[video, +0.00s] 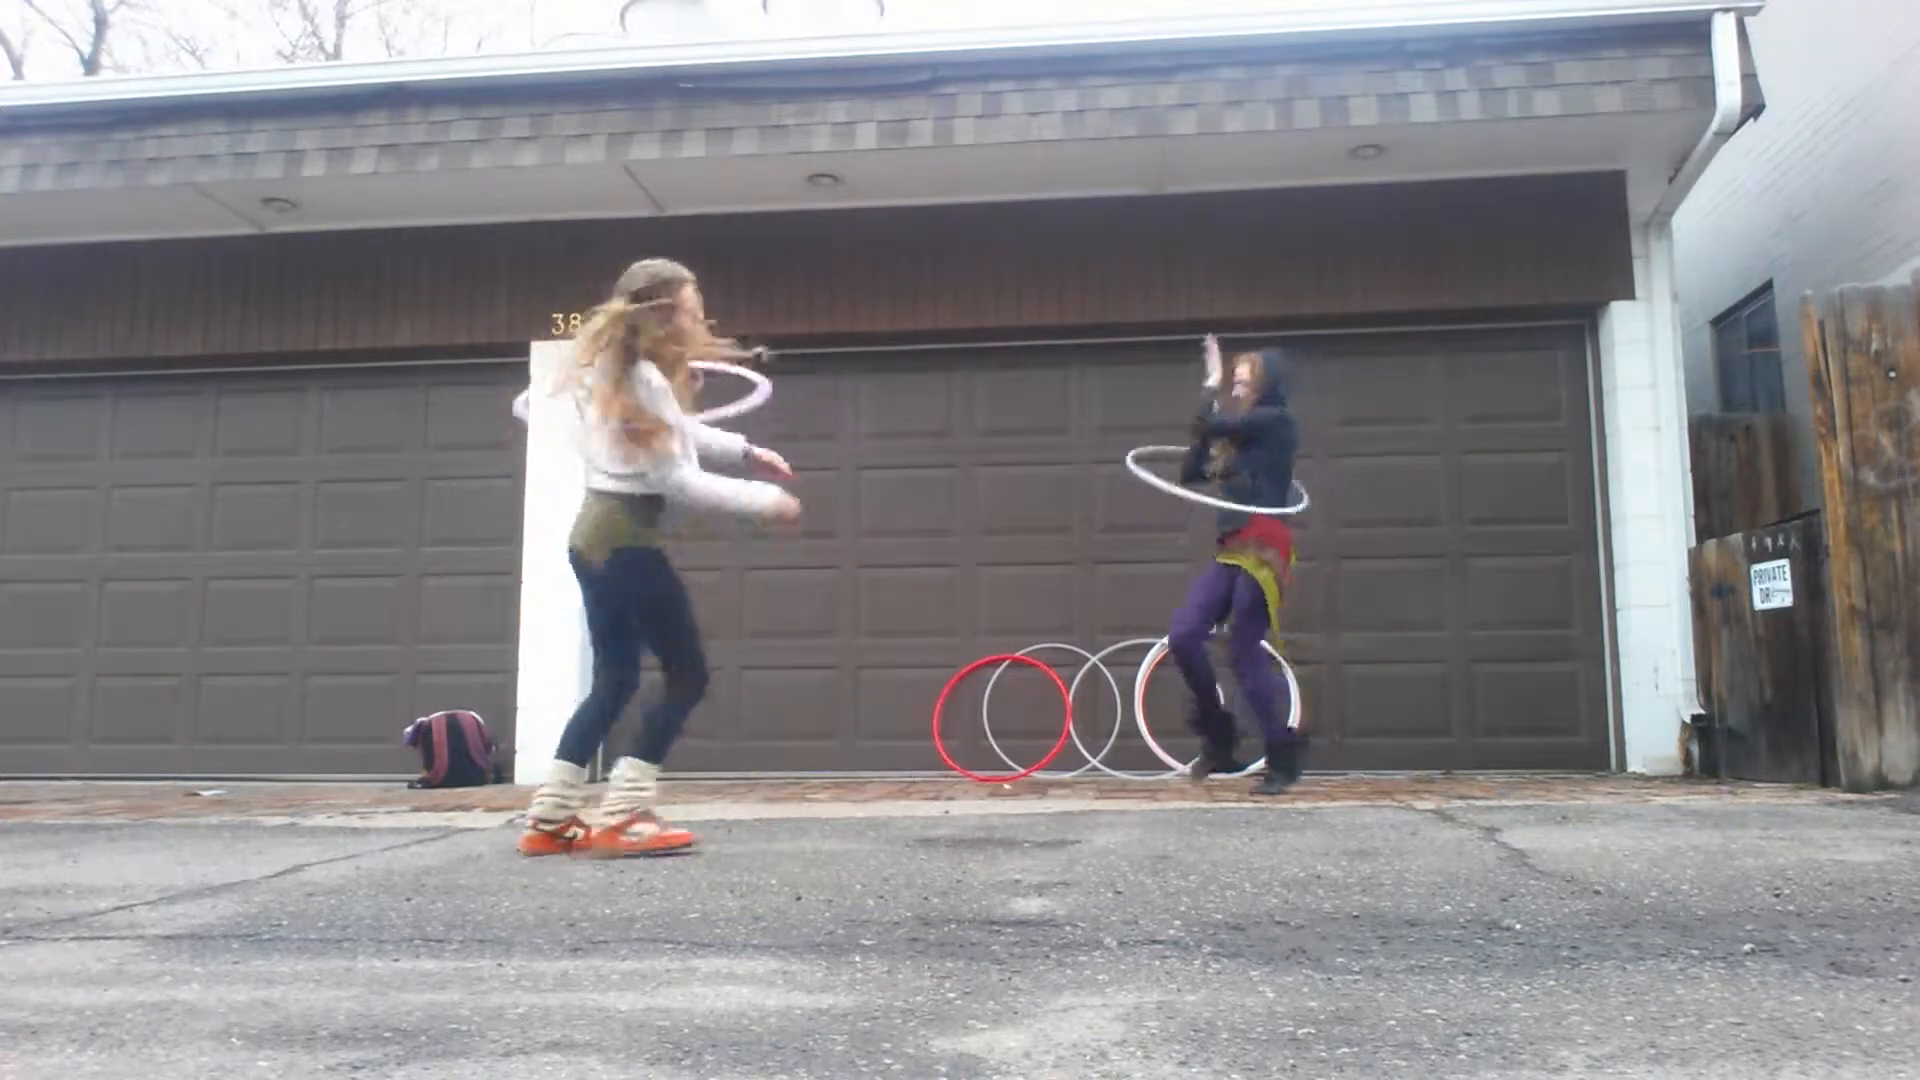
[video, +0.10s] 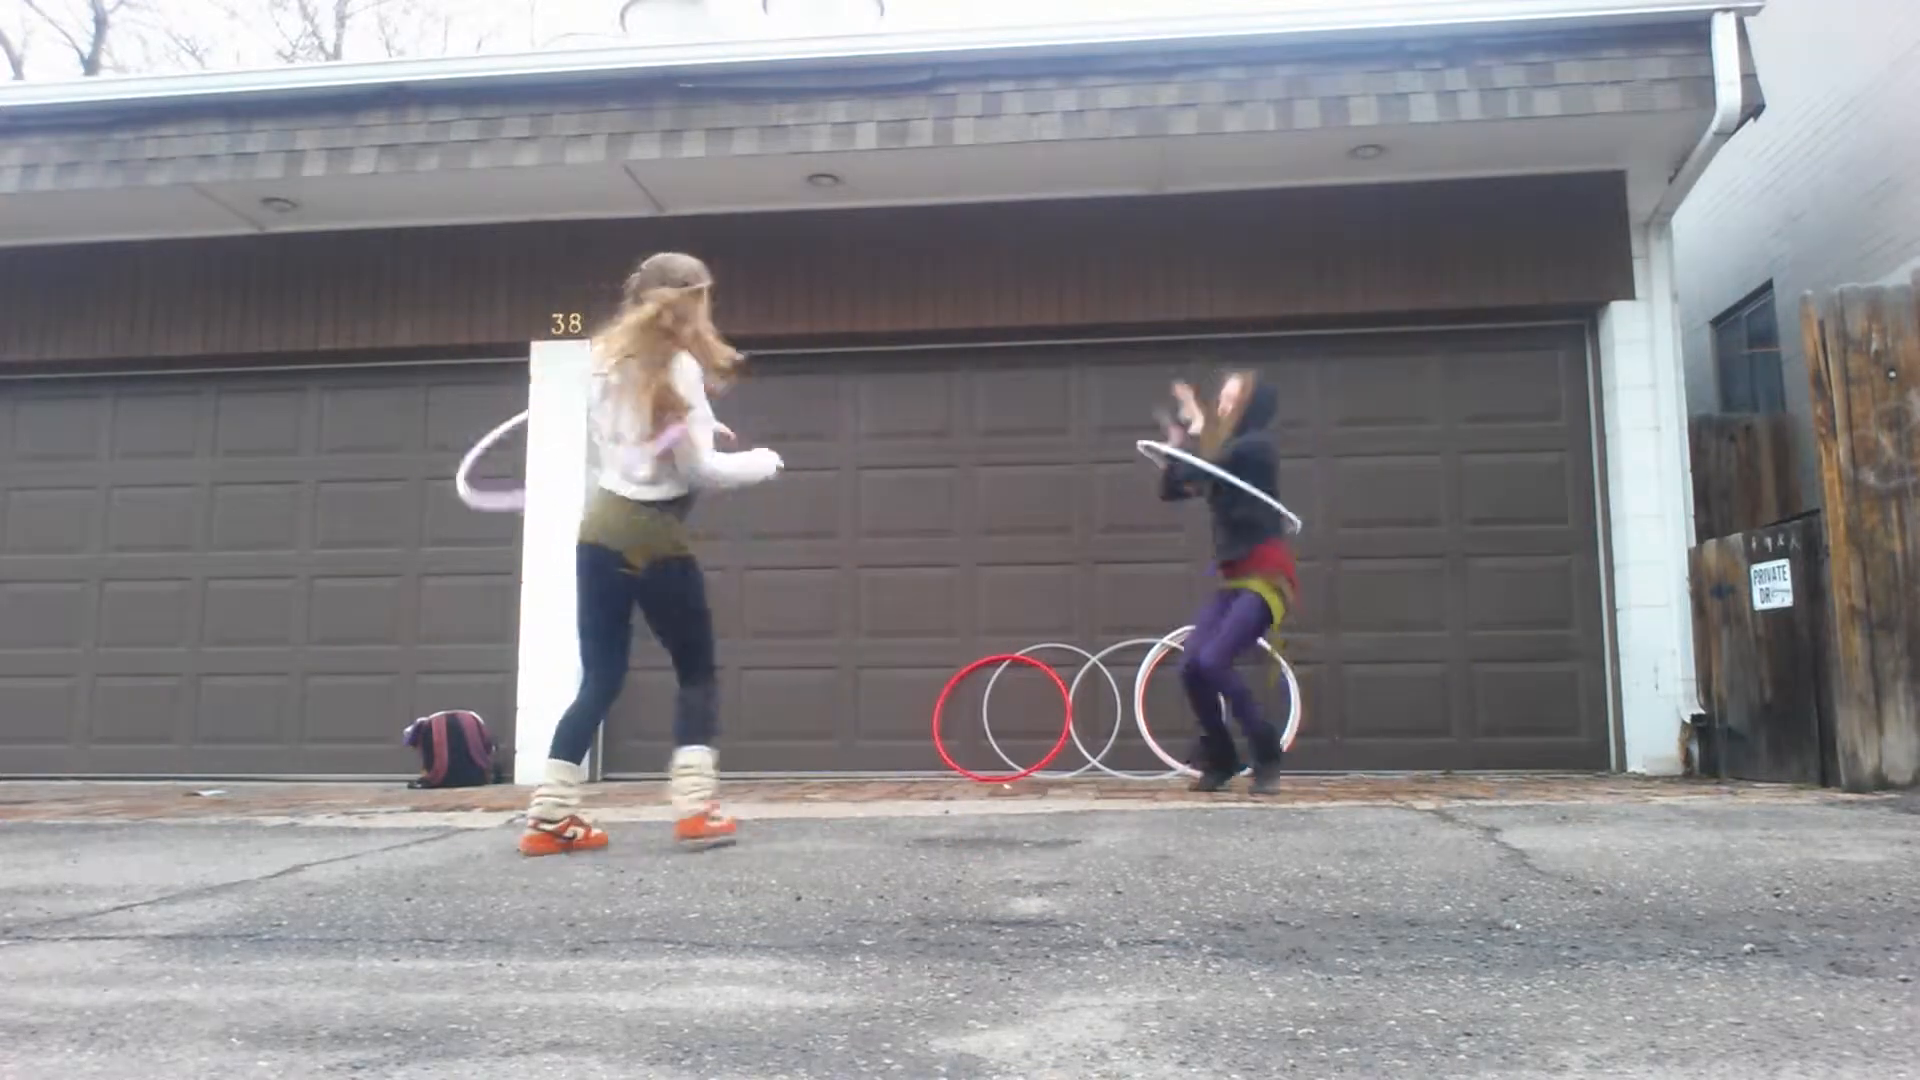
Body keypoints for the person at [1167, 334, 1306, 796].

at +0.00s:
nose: (1236, 388)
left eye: (1245, 380)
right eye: (1235, 380)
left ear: (1265, 386)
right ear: (1236, 384)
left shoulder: (1275, 420)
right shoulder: (1235, 429)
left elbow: (1216, 426)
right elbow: (1190, 476)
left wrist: (1213, 391)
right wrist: (1203, 434)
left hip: (1264, 548)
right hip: (1231, 548)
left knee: (1245, 649)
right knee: (1183, 637)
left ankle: (1283, 754)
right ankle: (1220, 742)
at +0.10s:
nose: (1223, 400)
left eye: (1234, 394)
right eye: (1222, 393)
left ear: (1253, 404)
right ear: (1219, 399)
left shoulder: (1258, 447)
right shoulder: (1219, 447)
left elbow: (1212, 479)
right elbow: (1172, 489)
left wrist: (1193, 429)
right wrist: (1177, 445)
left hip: (1265, 577)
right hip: (1232, 577)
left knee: (1210, 661)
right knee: (1192, 667)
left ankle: (1267, 753)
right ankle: (1221, 760)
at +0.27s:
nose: (1196, 483)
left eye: (1205, 479)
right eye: (1195, 476)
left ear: (1223, 487)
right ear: (1188, 479)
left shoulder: (1229, 528)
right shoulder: (1189, 523)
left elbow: (1235, 553)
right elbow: (1162, 533)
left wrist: (1194, 518)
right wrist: (1146, 507)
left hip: (1267, 642)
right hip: (1228, 641)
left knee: (1196, 685)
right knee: (1170, 684)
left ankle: (1254, 750)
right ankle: (1221, 759)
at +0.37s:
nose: (1186, 531)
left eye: (1196, 525)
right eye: (1183, 523)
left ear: (1212, 533)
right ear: (1176, 528)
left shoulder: (1229, 566)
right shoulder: (1180, 567)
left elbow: (1264, 586)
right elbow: (1169, 536)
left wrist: (1213, 569)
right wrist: (1143, 550)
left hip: (1266, 672)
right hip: (1221, 668)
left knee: (1191, 688)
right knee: (1165, 686)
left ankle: (1251, 754)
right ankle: (1223, 756)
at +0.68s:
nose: (1202, 529)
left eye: (1210, 521)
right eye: (1195, 522)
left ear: (1224, 527)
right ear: (1187, 530)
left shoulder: (1250, 560)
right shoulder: (1185, 561)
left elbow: (1320, 571)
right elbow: (1147, 555)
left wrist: (1277, 555)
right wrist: (1108, 553)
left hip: (1262, 660)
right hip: (1215, 661)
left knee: (1207, 679)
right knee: (1171, 683)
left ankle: (1259, 755)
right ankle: (1223, 756)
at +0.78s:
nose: (1214, 494)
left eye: (1221, 486)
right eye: (1206, 487)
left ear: (1233, 490)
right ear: (1195, 493)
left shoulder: (1253, 527)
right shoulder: (1185, 529)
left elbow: (1320, 532)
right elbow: (1143, 527)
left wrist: (1299, 511)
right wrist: (1107, 526)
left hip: (1258, 638)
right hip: (1212, 640)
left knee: (1215, 675)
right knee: (1173, 682)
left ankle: (1257, 759)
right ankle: (1223, 756)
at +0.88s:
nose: (1218, 463)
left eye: (1226, 455)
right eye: (1210, 456)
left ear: (1239, 463)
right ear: (1199, 464)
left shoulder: (1256, 500)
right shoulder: (1184, 504)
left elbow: (1318, 500)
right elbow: (1128, 506)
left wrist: (1318, 469)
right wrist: (1102, 489)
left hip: (1260, 616)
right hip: (1213, 620)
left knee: (1222, 666)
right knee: (1180, 670)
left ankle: (1252, 759)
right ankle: (1224, 756)